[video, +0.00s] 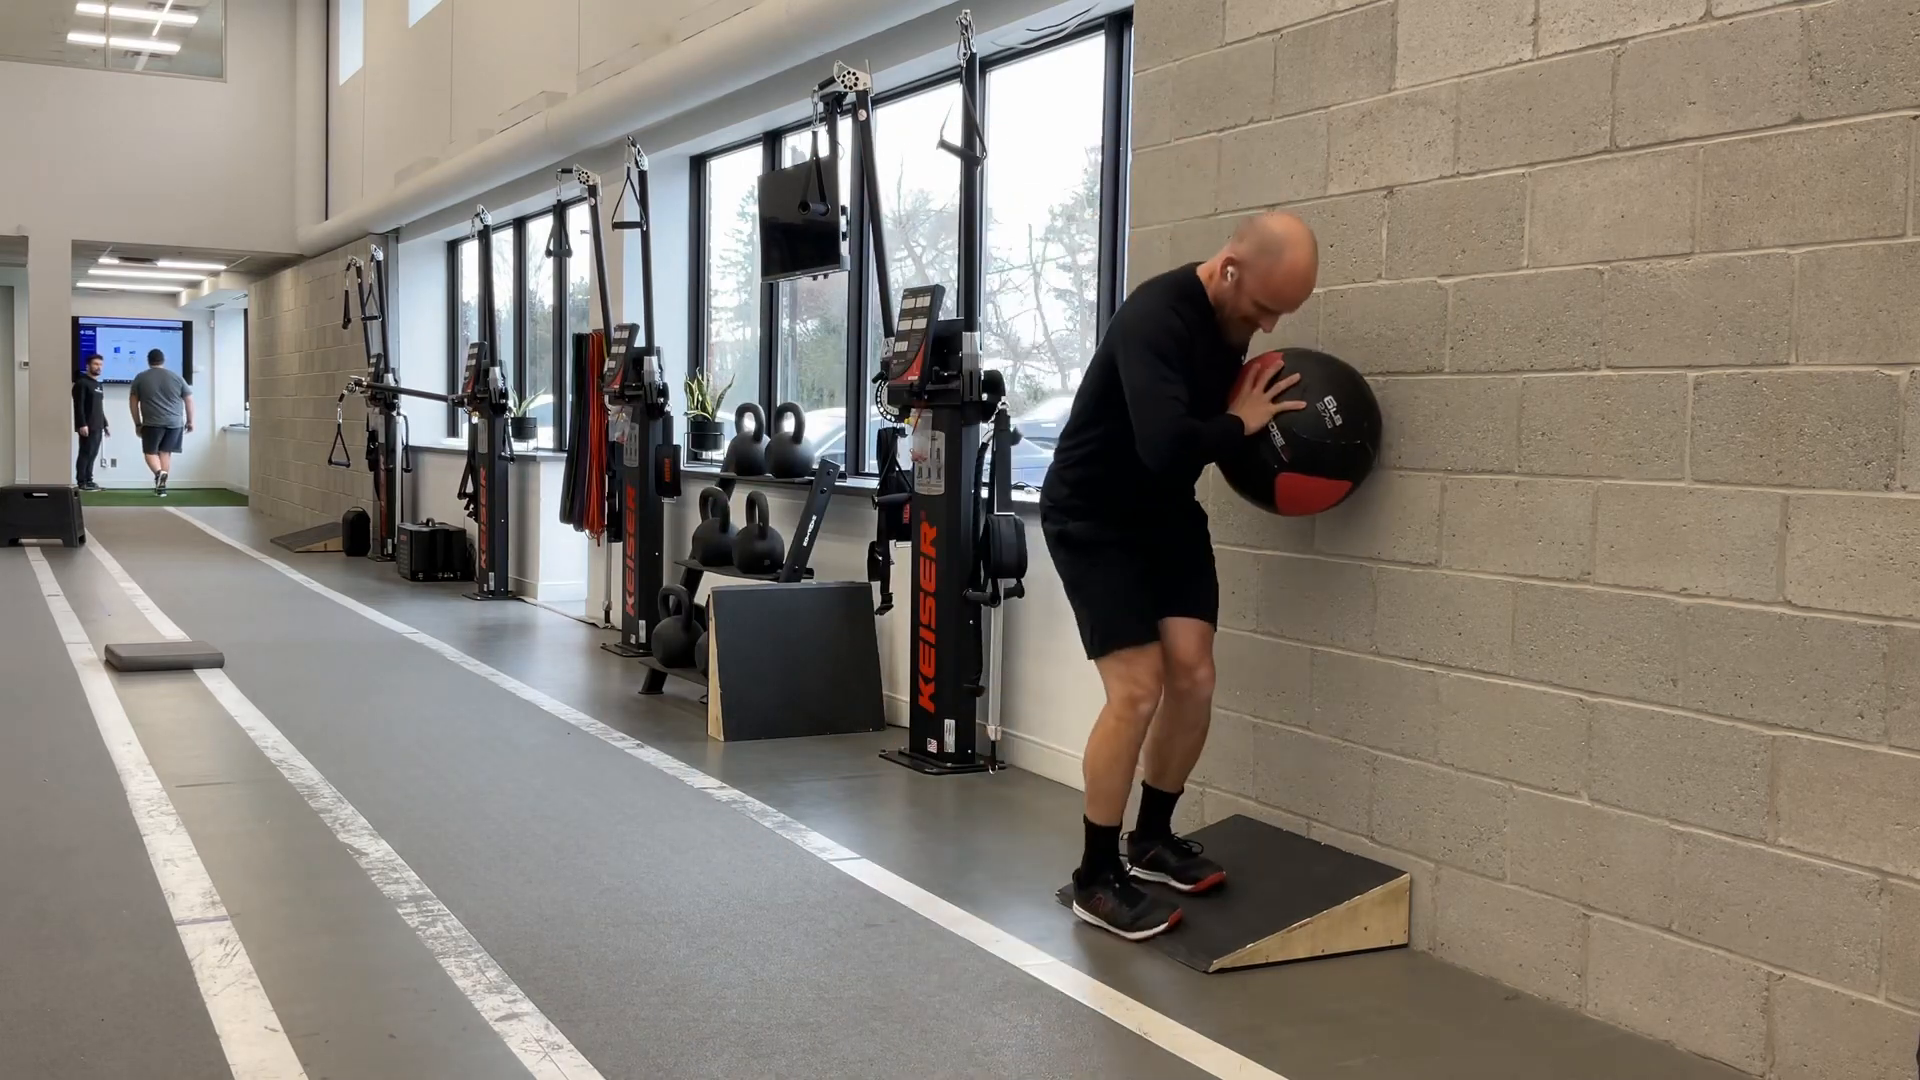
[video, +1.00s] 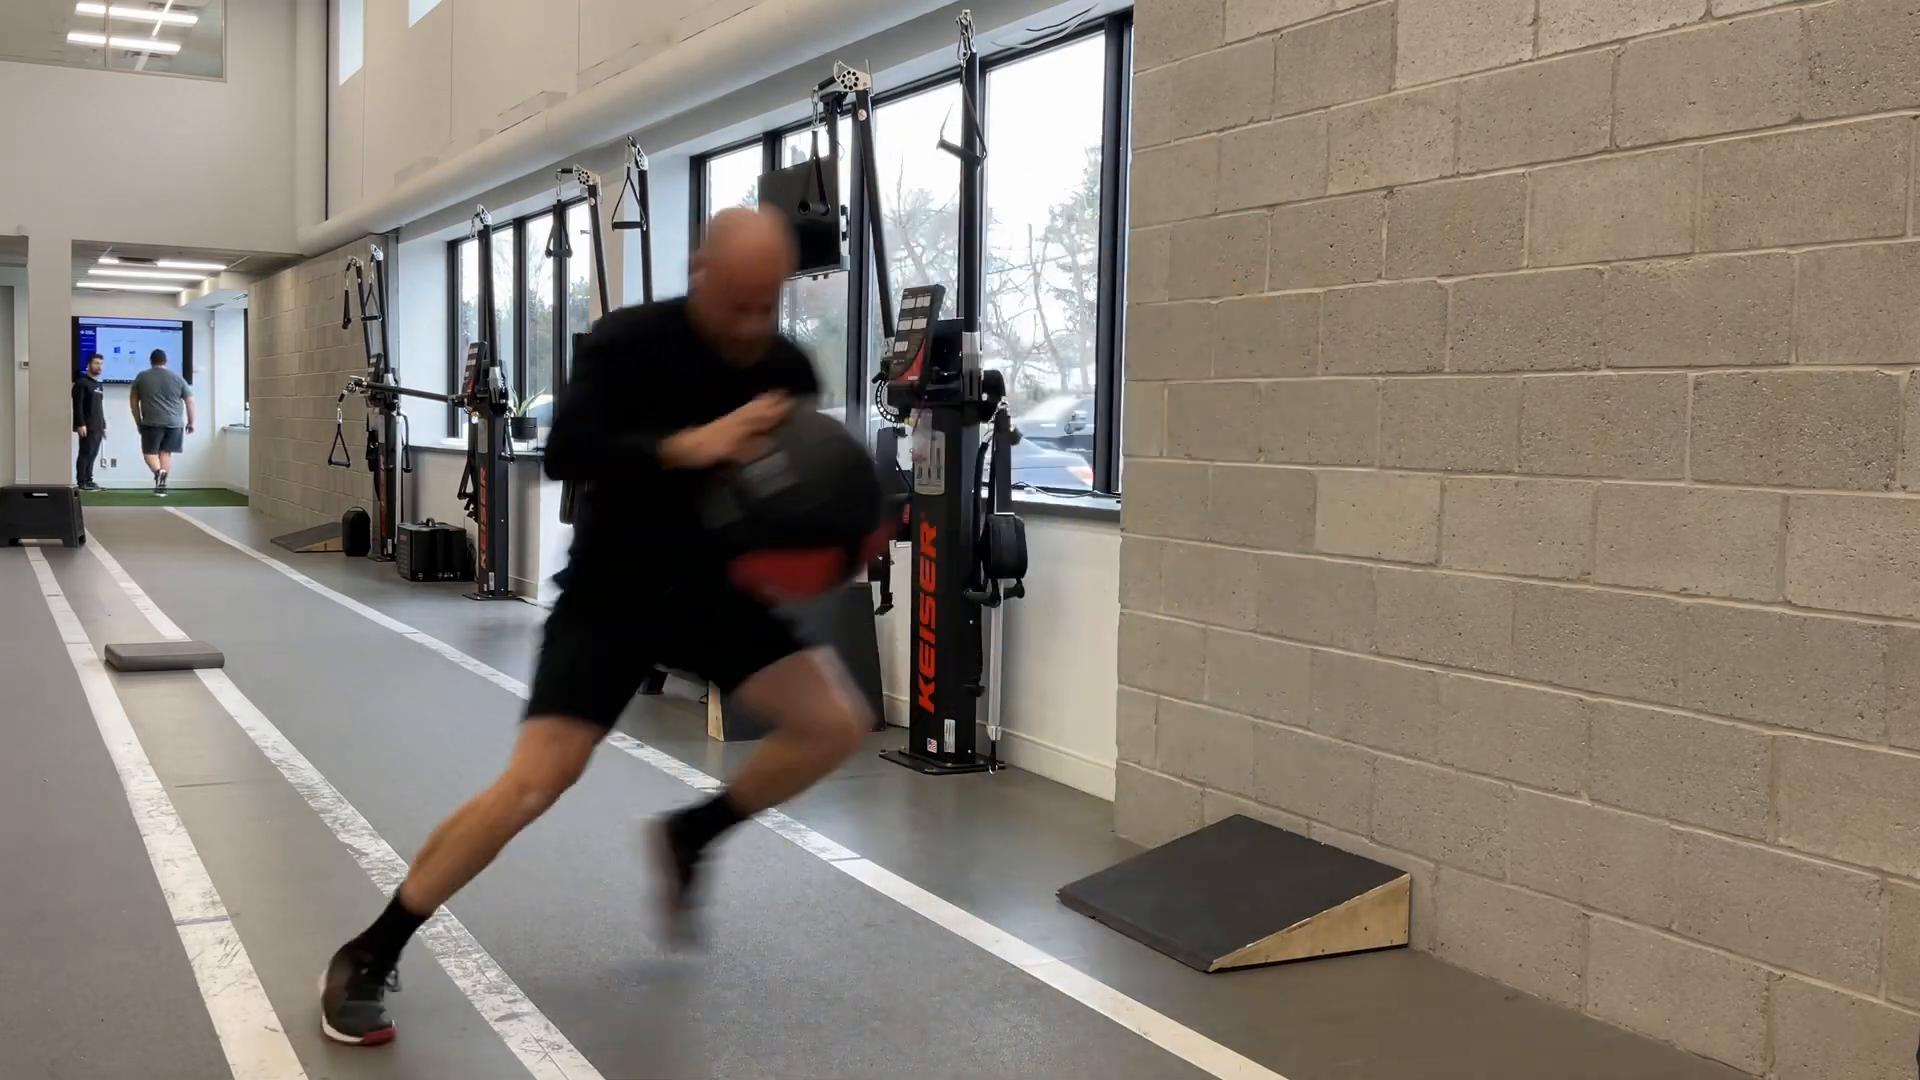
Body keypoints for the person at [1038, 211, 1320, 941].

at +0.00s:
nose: (1267, 327)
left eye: (1280, 315)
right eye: (1261, 309)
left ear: (1290, 292)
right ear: (1226, 268)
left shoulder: (1235, 327)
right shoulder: (1157, 316)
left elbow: (1227, 437)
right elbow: (1163, 446)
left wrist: (1287, 470)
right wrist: (1237, 423)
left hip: (1169, 505)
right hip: (1093, 507)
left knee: (1193, 676)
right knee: (1138, 686)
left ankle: (1151, 839)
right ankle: (1096, 876)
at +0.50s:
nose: (1256, 380)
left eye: (1266, 368)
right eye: (1253, 365)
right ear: (1213, 334)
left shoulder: (1205, 363)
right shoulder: (1155, 365)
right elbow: (1193, 502)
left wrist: (1230, 439)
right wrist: (1235, 444)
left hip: (1114, 538)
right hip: (1035, 538)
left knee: (1200, 691)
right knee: (1097, 702)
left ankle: (1152, 842)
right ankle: (1039, 873)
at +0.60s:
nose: (1220, 372)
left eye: (1225, 359)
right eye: (1216, 358)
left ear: (1178, 332)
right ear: (1172, 330)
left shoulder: (1155, 368)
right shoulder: (1123, 378)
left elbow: (1179, 469)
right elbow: (1187, 501)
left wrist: (1232, 450)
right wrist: (1245, 457)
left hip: (1082, 554)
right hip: (996, 556)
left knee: (1189, 698)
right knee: (988, 715)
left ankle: (1148, 844)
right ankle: (896, 893)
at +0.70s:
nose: (1131, 315)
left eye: (1135, 302)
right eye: (1122, 302)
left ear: (1110, 292)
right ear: (1077, 290)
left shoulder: (1093, 347)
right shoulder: (1029, 346)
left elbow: (1128, 441)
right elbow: (1121, 441)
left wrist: (1243, 486)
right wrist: (1207, 439)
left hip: (1022, 552)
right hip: (932, 548)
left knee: (1134, 701)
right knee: (860, 687)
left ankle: (1146, 850)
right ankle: (741, 877)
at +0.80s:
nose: (996, 267)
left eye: (1008, 254)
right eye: (986, 248)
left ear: (1014, 249)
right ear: (949, 228)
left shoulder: (993, 317)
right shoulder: (903, 292)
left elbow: (1028, 419)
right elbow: (976, 389)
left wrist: (1120, 460)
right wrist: (1072, 399)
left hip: (932, 526)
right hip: (842, 517)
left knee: (1022, 680)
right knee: (731, 661)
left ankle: (1108, 837)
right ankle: (576, 858)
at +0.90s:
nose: (886, 265)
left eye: (896, 249)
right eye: (874, 245)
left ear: (900, 240)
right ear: (827, 223)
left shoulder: (886, 310)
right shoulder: (777, 276)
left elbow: (916, 422)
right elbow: (765, 393)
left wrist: (967, 422)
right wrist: (869, 386)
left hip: (822, 535)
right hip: (730, 530)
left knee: (952, 679)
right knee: (630, 700)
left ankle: (913, 844)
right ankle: (457, 889)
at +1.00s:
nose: (757, 323)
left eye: (771, 303)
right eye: (741, 303)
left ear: (787, 288)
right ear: (699, 277)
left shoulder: (784, 369)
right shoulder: (627, 344)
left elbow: (801, 486)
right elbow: (568, 451)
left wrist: (830, 517)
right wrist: (684, 445)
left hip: (714, 591)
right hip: (614, 591)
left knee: (833, 724)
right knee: (533, 784)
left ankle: (692, 833)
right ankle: (370, 955)